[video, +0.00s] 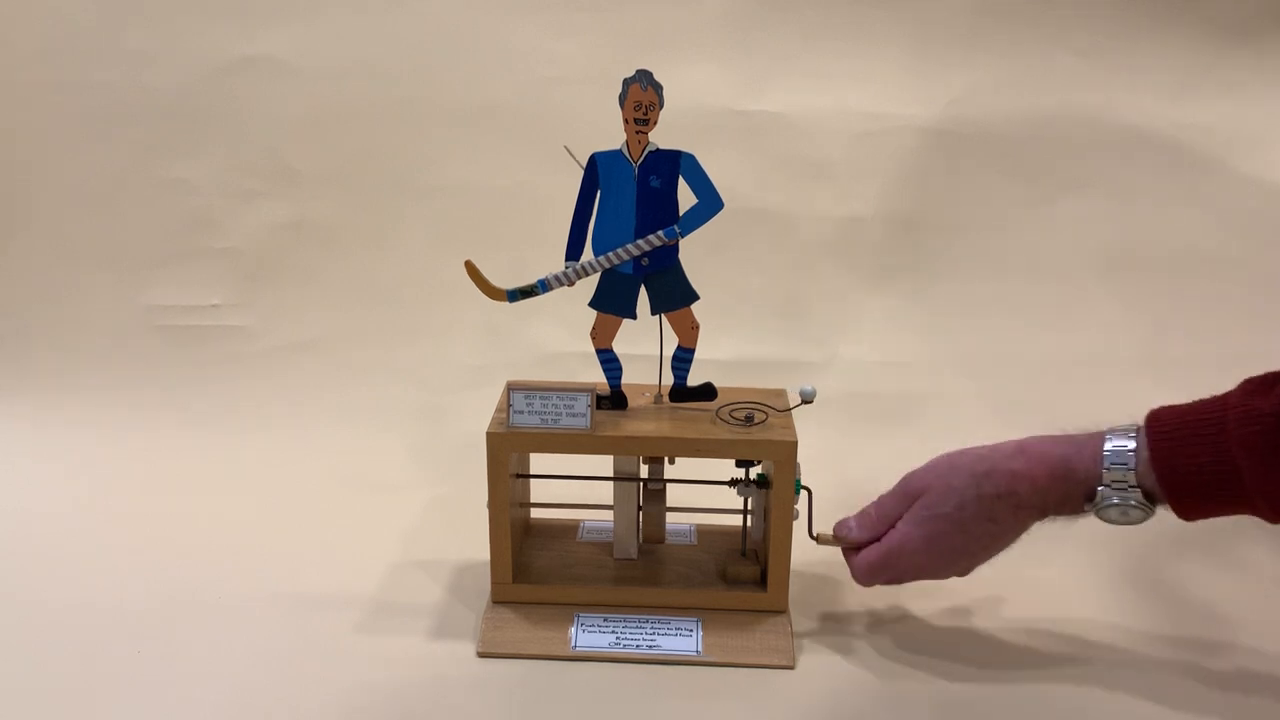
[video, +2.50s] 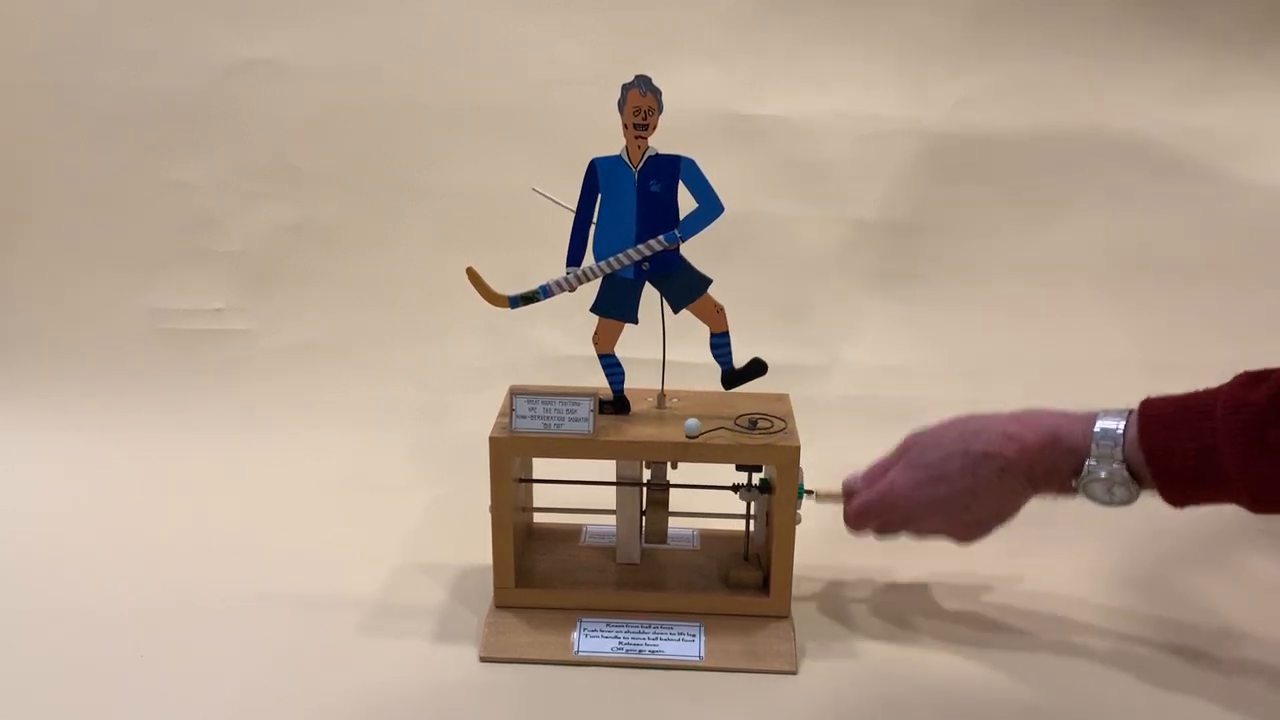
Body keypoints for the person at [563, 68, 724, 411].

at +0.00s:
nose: (643, 112)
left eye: (651, 106)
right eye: (636, 105)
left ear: (659, 113)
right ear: (622, 110)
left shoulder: (676, 161)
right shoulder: (600, 163)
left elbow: (713, 202)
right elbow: (581, 217)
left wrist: (676, 232)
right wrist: (571, 265)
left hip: (662, 265)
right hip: (618, 266)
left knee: (689, 330)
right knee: (601, 337)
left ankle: (678, 389)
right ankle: (616, 393)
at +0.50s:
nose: (644, 112)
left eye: (651, 105)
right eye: (637, 104)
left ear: (660, 112)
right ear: (622, 109)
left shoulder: (677, 160)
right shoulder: (601, 162)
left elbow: (714, 202)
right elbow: (582, 216)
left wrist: (676, 232)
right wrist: (572, 264)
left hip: (663, 264)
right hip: (619, 266)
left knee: (690, 330)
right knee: (601, 336)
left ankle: (680, 389)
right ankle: (617, 393)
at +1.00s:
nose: (645, 112)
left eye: (652, 106)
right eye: (638, 105)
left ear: (661, 113)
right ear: (623, 110)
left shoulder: (678, 162)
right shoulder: (602, 163)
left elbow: (715, 203)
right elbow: (583, 217)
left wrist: (677, 233)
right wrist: (573, 265)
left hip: (664, 265)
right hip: (620, 266)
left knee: (691, 331)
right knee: (602, 336)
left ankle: (680, 390)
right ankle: (618, 393)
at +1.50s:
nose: (645, 113)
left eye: (652, 108)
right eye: (638, 106)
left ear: (661, 115)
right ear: (624, 112)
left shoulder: (678, 163)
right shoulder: (602, 165)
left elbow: (715, 204)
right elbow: (583, 218)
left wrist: (677, 234)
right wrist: (574, 266)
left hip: (664, 265)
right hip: (620, 267)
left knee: (694, 331)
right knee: (603, 337)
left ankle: (685, 390)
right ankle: (618, 395)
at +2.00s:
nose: (644, 116)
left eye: (651, 109)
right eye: (637, 108)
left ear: (660, 115)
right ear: (622, 112)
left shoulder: (678, 163)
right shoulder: (601, 165)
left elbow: (714, 205)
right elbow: (582, 220)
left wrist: (675, 235)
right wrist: (573, 267)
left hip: (665, 265)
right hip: (620, 267)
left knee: (701, 326)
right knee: (603, 339)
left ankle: (700, 385)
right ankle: (619, 396)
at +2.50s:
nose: (643, 117)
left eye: (650, 110)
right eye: (636, 110)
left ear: (659, 117)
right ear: (621, 115)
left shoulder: (676, 166)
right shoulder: (600, 169)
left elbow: (712, 207)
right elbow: (582, 222)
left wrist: (674, 237)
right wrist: (572, 270)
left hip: (666, 263)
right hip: (621, 268)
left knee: (716, 315)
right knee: (603, 341)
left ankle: (729, 373)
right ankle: (618, 399)